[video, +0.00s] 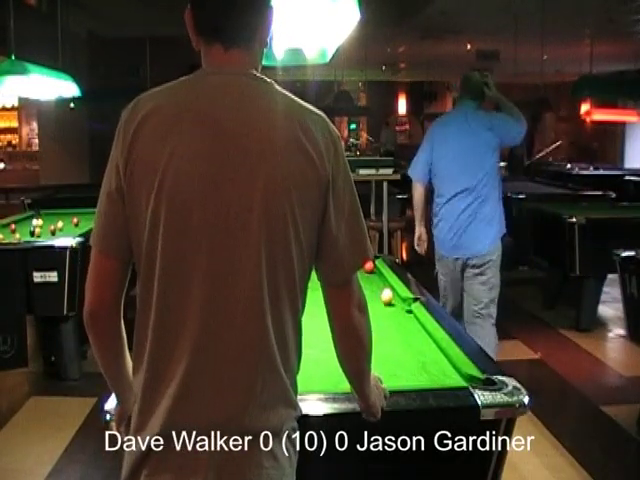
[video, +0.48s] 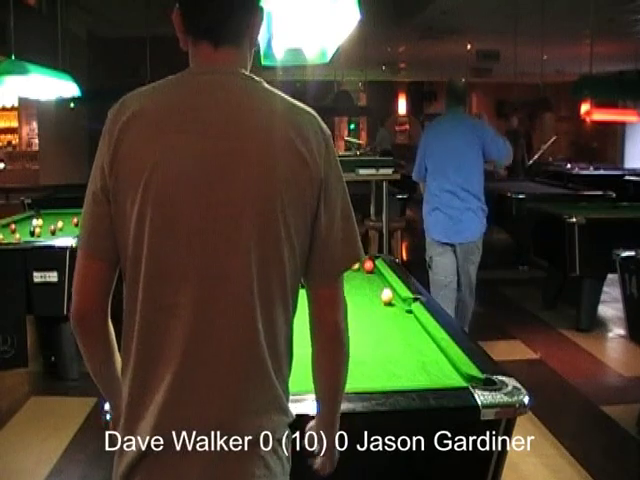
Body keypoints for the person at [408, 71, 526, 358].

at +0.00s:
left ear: (456, 96)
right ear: (485, 97)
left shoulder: (437, 128)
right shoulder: (491, 123)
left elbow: (418, 177)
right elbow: (520, 127)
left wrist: (419, 224)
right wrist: (498, 98)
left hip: (446, 233)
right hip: (484, 233)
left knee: (448, 312)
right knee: (481, 315)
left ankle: (447, 381)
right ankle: (482, 384)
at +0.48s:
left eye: (444, 98)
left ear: (445, 101)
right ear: (466, 102)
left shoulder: (431, 131)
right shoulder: (477, 127)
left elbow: (419, 175)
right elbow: (505, 156)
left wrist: (429, 200)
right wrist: (488, 130)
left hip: (437, 220)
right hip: (470, 220)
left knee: (442, 288)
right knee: (467, 287)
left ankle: (443, 343)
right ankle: (461, 338)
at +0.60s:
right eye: (465, 104)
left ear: (445, 103)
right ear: (467, 104)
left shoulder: (431, 131)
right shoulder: (476, 130)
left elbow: (420, 177)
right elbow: (499, 170)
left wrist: (431, 202)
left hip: (437, 222)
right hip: (469, 221)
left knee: (440, 286)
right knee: (464, 285)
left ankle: (440, 341)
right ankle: (459, 337)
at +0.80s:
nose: (438, 104)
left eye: (439, 100)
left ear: (440, 100)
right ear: (463, 100)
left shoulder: (429, 126)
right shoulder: (474, 126)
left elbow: (417, 169)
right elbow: (487, 168)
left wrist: (426, 199)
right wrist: (474, 193)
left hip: (435, 210)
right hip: (466, 210)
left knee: (436, 268)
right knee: (462, 272)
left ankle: (437, 325)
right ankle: (459, 331)